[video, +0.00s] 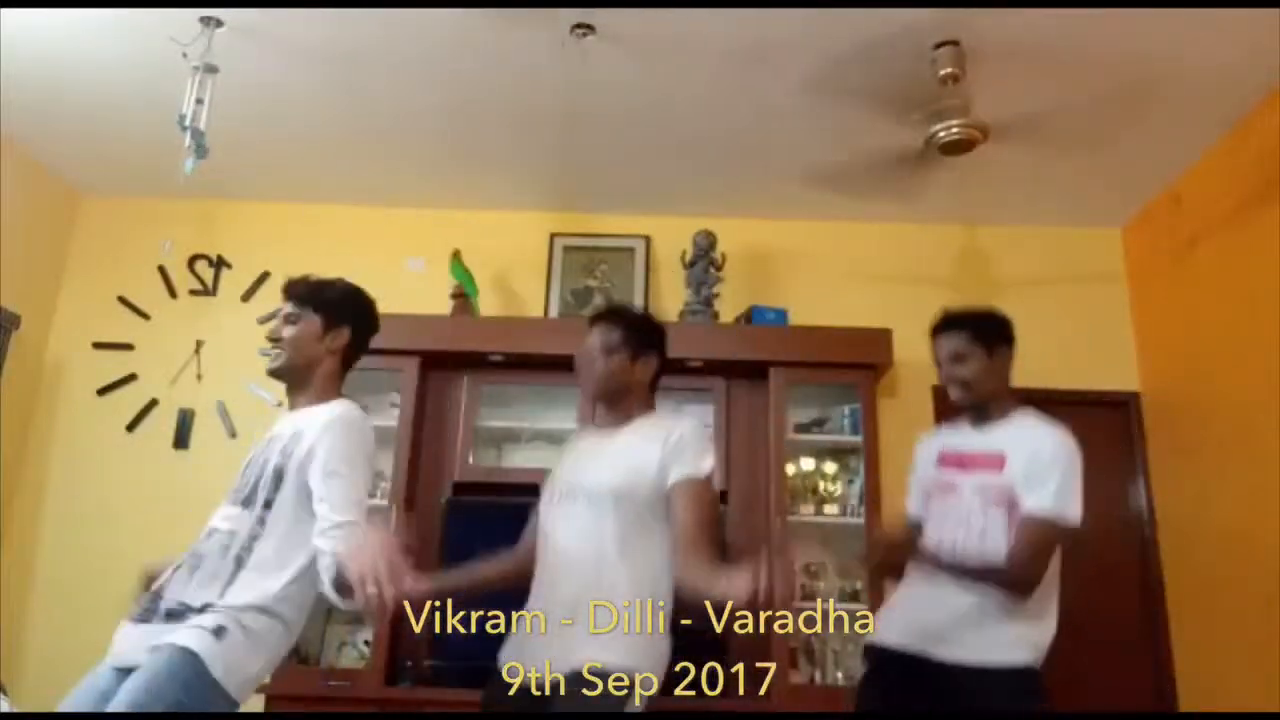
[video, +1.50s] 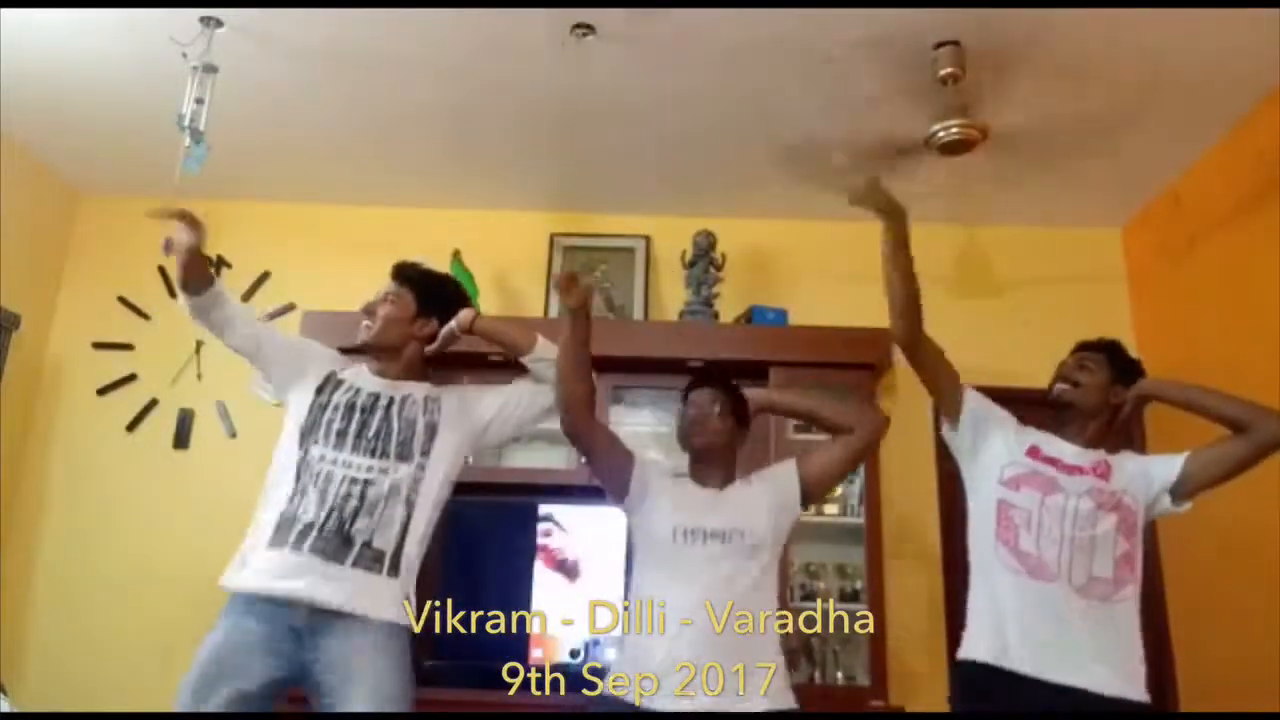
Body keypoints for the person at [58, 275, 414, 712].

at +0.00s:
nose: (273, 331)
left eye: (292, 320)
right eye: (278, 320)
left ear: (336, 340)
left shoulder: (340, 422)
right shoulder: (283, 430)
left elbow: (339, 573)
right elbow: (248, 545)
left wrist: (364, 550)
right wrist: (178, 571)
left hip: (223, 635)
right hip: (167, 621)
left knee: (129, 709)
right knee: (73, 707)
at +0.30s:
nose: (321, 242)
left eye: (339, 233)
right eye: (317, 232)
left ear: (377, 256)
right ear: (308, 245)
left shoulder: (389, 327)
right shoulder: (274, 330)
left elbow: (413, 431)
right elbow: (226, 435)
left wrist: (320, 325)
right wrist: (136, 374)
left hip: (322, 562)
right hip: (236, 557)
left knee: (284, 704)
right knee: (166, 701)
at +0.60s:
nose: (359, 292)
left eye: (378, 284)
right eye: (352, 278)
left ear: (404, 307)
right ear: (337, 291)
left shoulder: (427, 405)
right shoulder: (275, 388)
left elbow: (446, 546)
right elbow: (238, 512)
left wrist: (364, 619)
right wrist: (243, 619)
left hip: (377, 634)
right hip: (276, 625)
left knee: (387, 700)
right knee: (229, 704)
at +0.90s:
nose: (383, 301)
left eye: (396, 289)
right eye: (367, 289)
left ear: (414, 302)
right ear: (341, 304)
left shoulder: (454, 387)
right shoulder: (296, 378)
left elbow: (579, 396)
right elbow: (155, 406)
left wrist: (497, 367)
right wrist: (174, 309)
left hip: (399, 611)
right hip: (297, 606)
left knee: (408, 707)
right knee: (231, 706)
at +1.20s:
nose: (355, 316)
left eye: (375, 313)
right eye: (359, 309)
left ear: (412, 347)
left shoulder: (445, 420)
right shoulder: (293, 399)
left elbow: (567, 393)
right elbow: (167, 340)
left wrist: (478, 335)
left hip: (380, 660)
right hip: (273, 651)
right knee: (211, 710)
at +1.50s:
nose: (369, 306)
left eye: (389, 300)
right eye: (375, 298)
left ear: (427, 331)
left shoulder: (460, 413)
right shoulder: (315, 369)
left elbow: (565, 382)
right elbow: (227, 318)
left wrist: (478, 325)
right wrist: (191, 257)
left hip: (367, 622)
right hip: (260, 604)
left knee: (374, 708)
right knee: (197, 707)